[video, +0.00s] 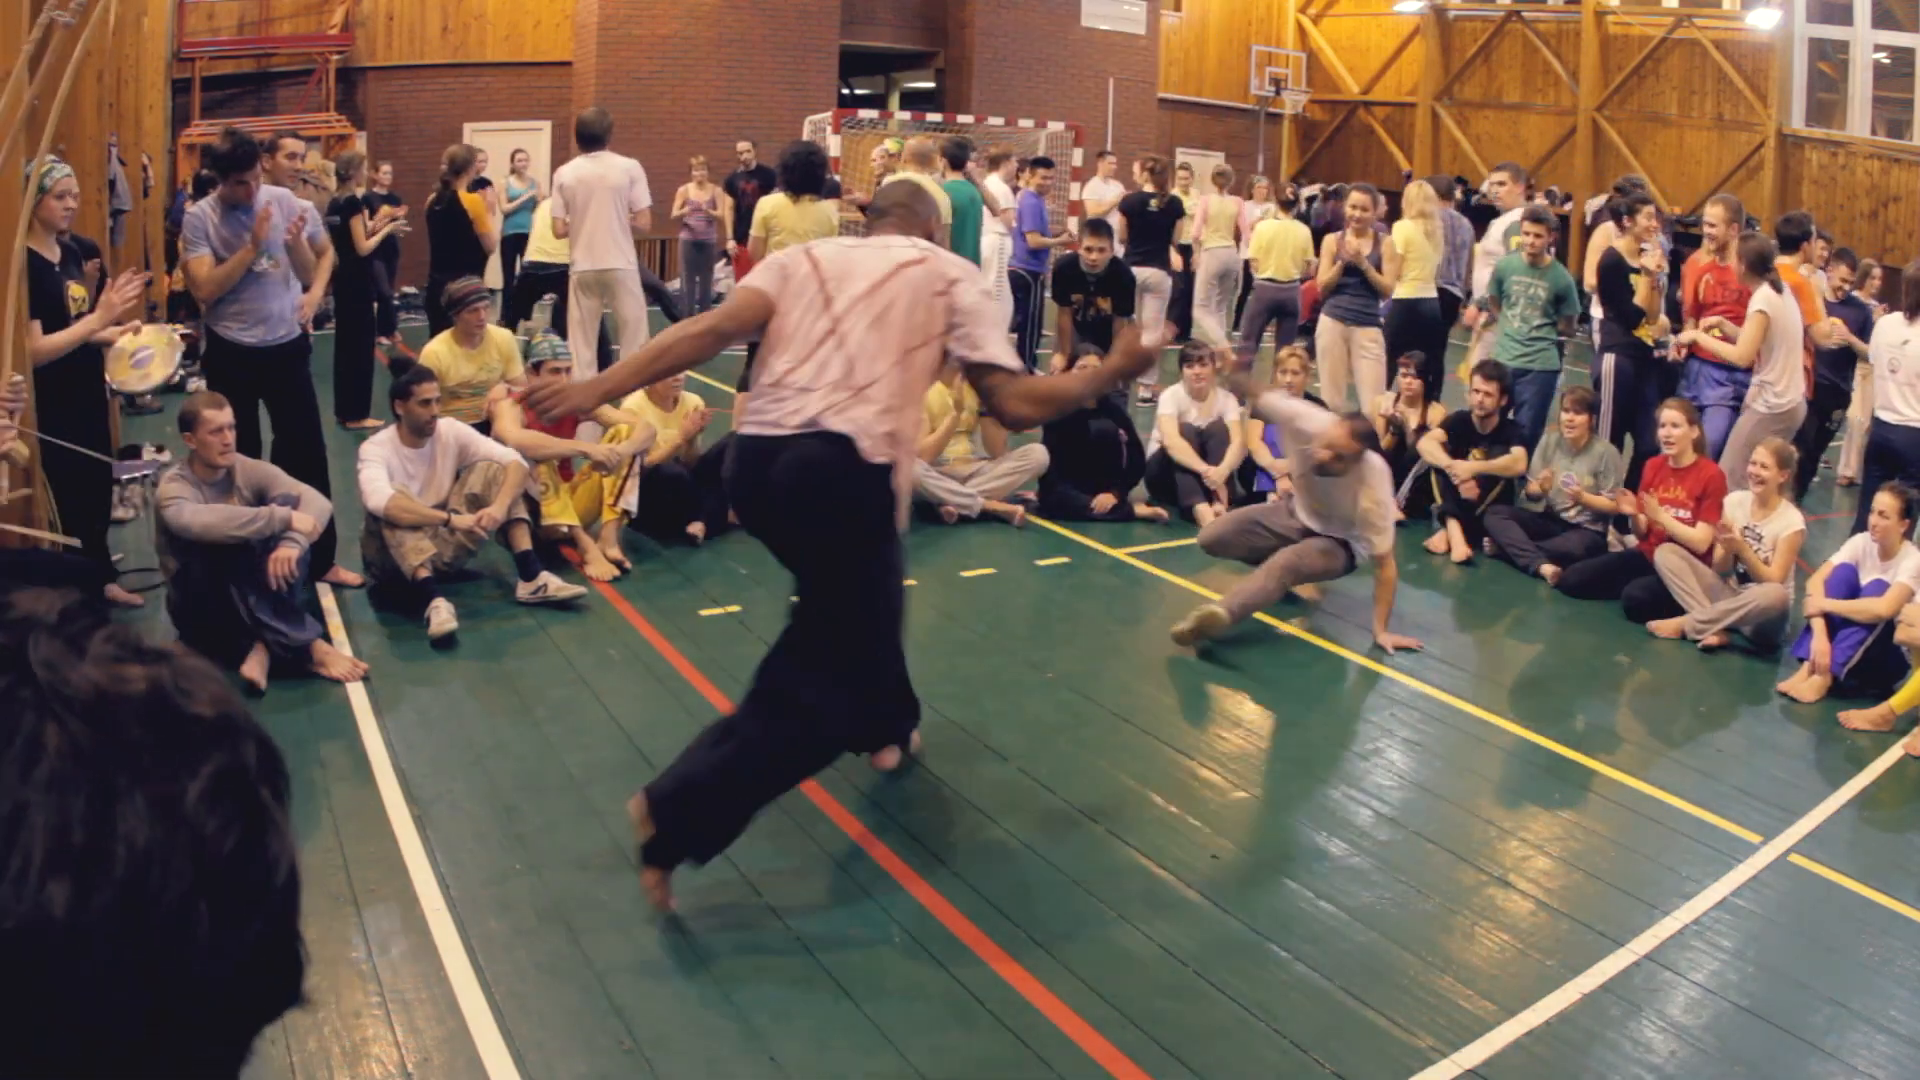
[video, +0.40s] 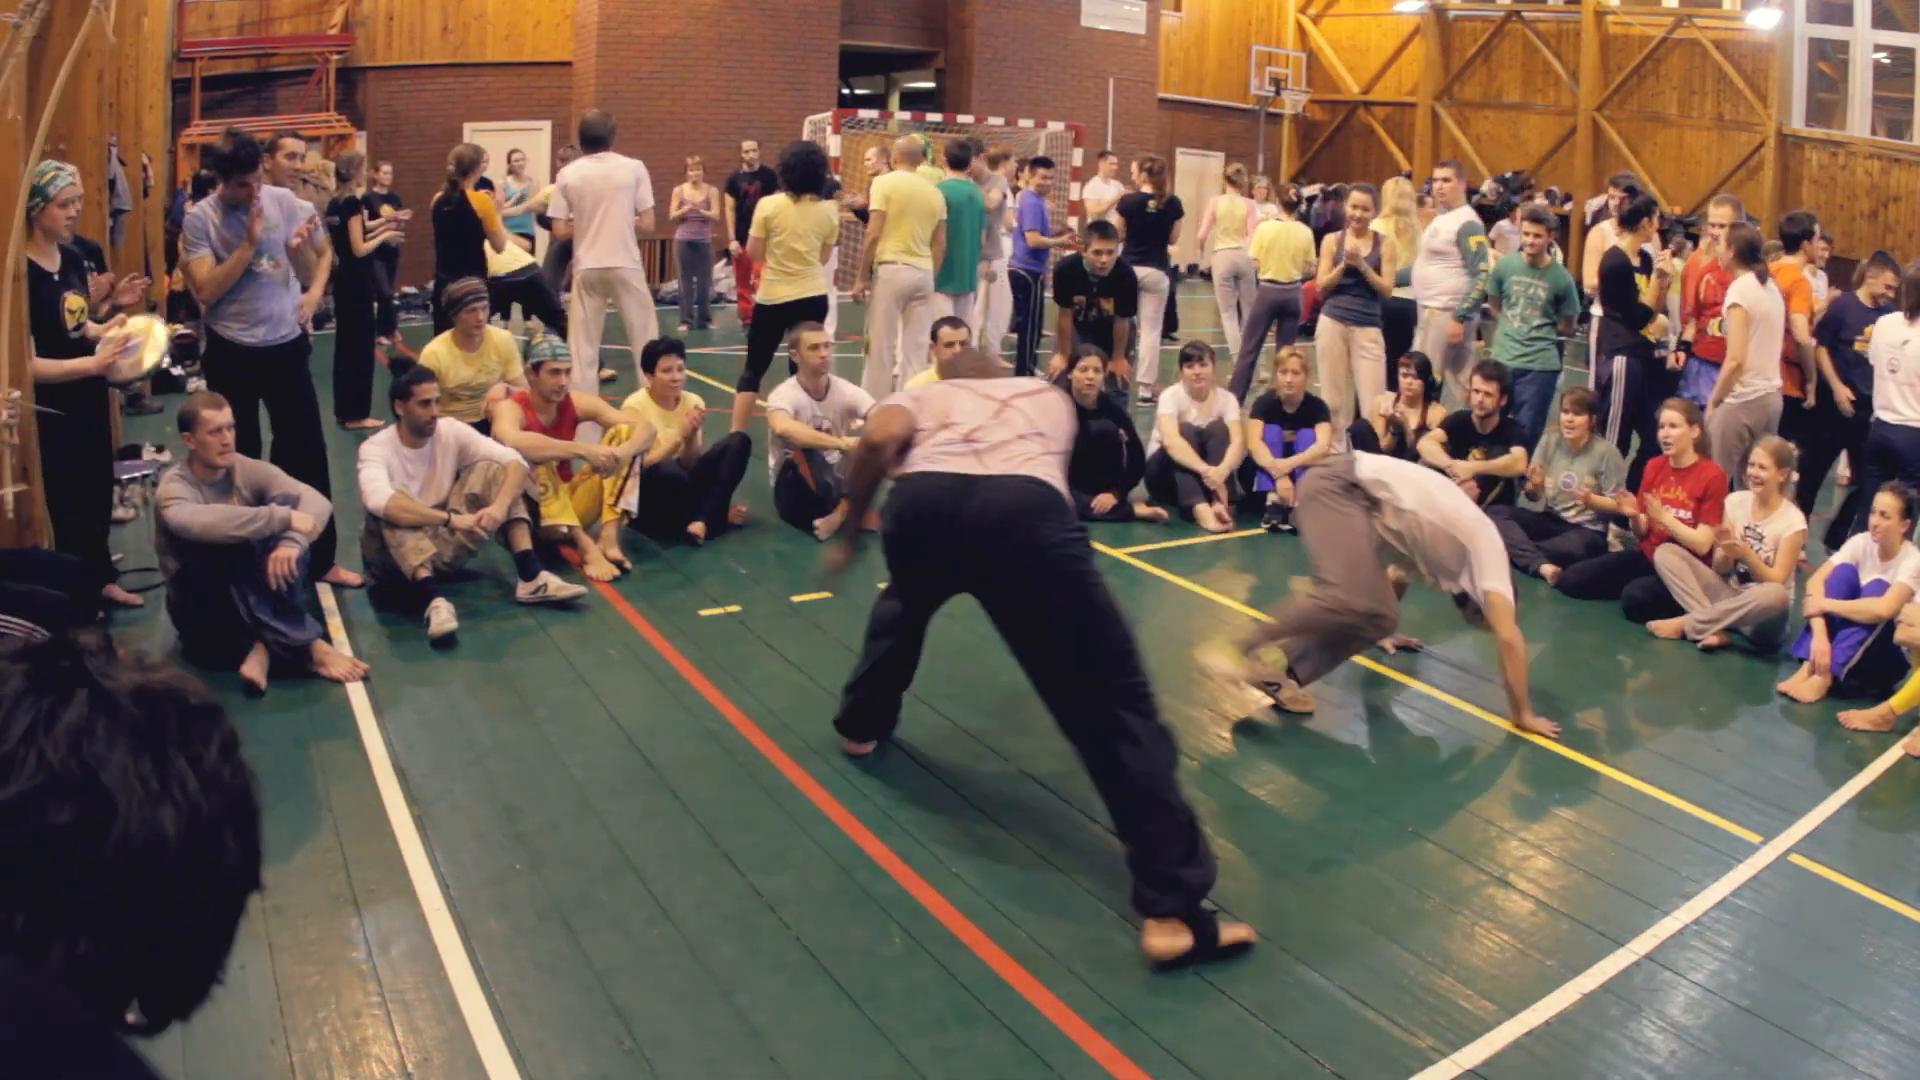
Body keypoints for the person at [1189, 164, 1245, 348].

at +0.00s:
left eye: (1215, 179)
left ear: (1212, 180)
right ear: (1231, 181)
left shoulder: (1205, 201)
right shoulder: (1238, 203)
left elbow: (1196, 233)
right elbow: (1245, 232)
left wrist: (1196, 251)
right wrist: (1245, 252)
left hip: (1211, 250)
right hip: (1231, 250)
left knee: (1201, 306)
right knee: (1223, 304)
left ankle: (1223, 347)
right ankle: (1219, 347)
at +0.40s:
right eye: (1246, 180)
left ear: (1225, 181)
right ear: (1244, 182)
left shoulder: (1216, 202)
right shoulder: (1249, 204)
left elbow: (1202, 234)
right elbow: (1251, 233)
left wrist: (1201, 249)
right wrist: (1253, 251)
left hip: (1221, 252)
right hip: (1243, 252)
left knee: (1227, 311)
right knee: (1249, 308)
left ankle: (1237, 356)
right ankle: (1250, 354)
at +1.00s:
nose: (1218, 185)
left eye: (1219, 181)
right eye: (1219, 181)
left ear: (1223, 181)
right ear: (1241, 183)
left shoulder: (1217, 200)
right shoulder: (1250, 205)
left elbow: (1210, 232)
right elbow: (1253, 232)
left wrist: (1197, 249)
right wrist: (1239, 226)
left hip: (1218, 253)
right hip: (1241, 254)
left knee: (1205, 311)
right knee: (1234, 319)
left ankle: (1205, 361)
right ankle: (1230, 372)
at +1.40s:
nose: (1192, 183)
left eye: (1194, 180)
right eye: (1194, 181)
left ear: (1197, 181)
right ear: (1215, 182)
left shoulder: (1191, 199)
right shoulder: (1222, 206)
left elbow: (1184, 231)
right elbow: (1236, 239)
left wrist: (1177, 243)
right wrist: (1244, 260)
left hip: (1192, 256)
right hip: (1214, 256)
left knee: (1173, 321)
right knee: (1219, 318)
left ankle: (1178, 372)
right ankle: (1230, 368)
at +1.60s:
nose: (1173, 187)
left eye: (1174, 184)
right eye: (1174, 184)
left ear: (1177, 184)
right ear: (1195, 186)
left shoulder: (1177, 203)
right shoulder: (1201, 207)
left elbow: (1177, 232)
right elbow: (1211, 236)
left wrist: (1166, 246)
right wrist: (1213, 255)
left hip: (1182, 257)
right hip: (1203, 256)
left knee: (1164, 320)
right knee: (1215, 316)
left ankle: (1167, 371)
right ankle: (1230, 357)